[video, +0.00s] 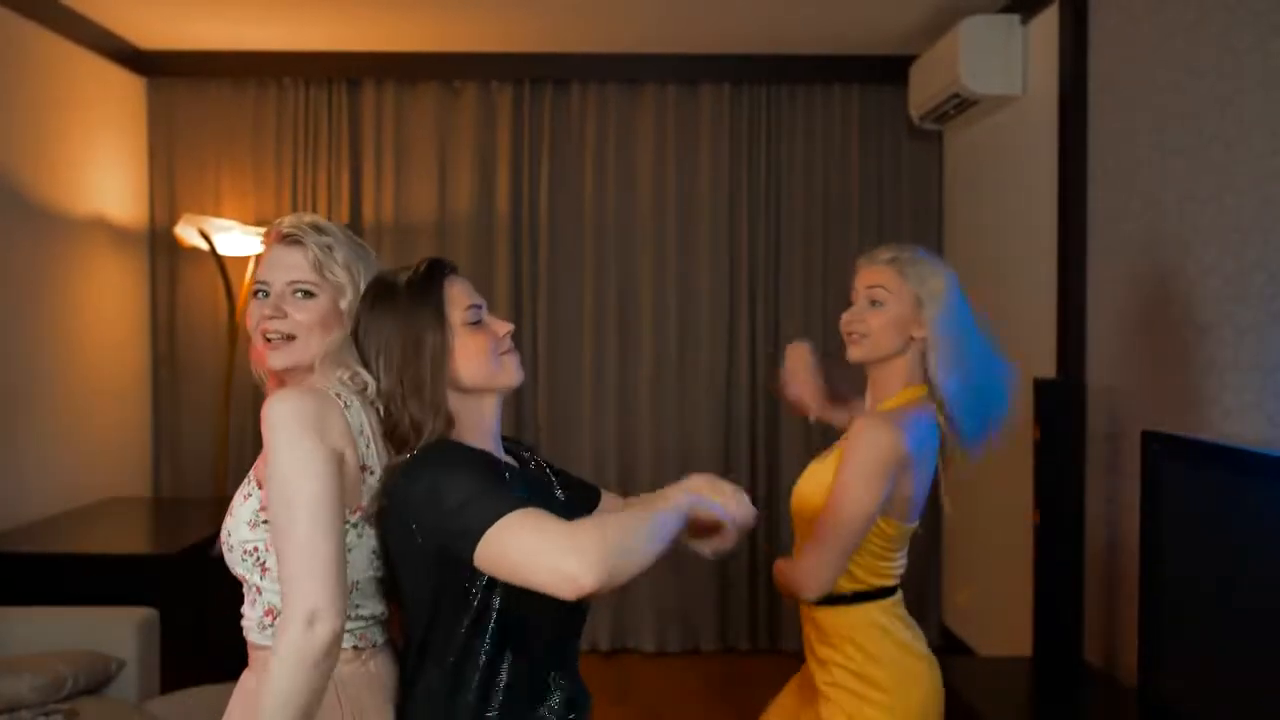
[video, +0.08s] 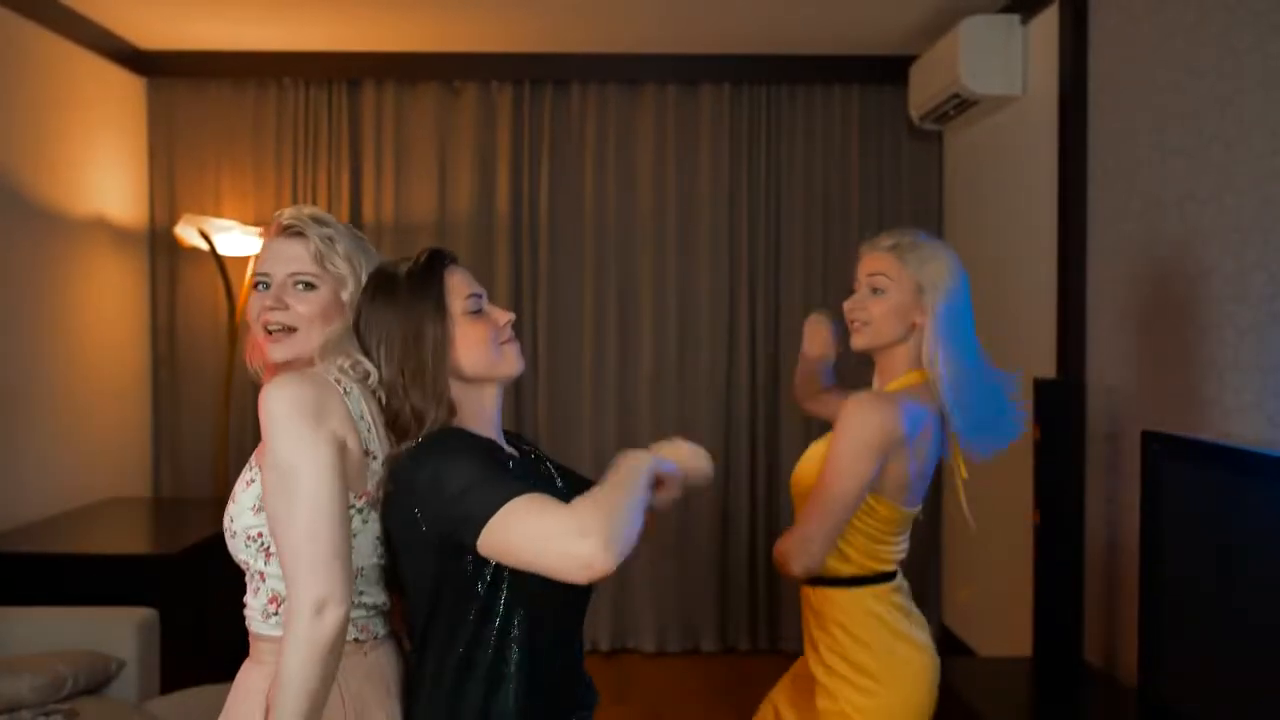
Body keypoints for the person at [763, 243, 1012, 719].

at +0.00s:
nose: (849, 317)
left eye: (874, 302)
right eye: (852, 303)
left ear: (920, 326)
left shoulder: (877, 432)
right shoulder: (917, 415)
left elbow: (809, 580)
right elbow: (871, 419)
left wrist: (780, 567)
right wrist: (819, 407)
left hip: (868, 683)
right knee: (775, 714)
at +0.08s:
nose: (851, 305)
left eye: (876, 290)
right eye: (855, 290)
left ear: (922, 313)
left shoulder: (872, 412)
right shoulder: (919, 404)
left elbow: (799, 557)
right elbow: (814, 397)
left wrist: (787, 545)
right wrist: (815, 358)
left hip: (867, 669)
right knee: (772, 713)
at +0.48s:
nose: (866, 263)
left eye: (888, 248)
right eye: (872, 249)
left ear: (947, 259)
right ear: (948, 264)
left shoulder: (870, 347)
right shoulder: (969, 365)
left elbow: (774, 468)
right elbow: (858, 390)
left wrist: (845, 478)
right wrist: (796, 309)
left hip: (853, 618)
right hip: (923, 604)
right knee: (916, 711)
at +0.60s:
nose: (863, 281)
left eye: (883, 268)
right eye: (874, 266)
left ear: (939, 284)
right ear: (944, 288)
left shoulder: (865, 380)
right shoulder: (969, 387)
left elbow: (771, 493)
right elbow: (861, 381)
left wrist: (854, 502)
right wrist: (784, 344)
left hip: (859, 647)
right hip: (936, 630)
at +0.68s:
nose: (867, 296)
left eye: (880, 285)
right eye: (875, 283)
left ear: (916, 306)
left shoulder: (851, 410)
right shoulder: (975, 419)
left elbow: (777, 521)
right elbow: (888, 403)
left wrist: (860, 526)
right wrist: (794, 368)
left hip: (864, 658)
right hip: (943, 645)